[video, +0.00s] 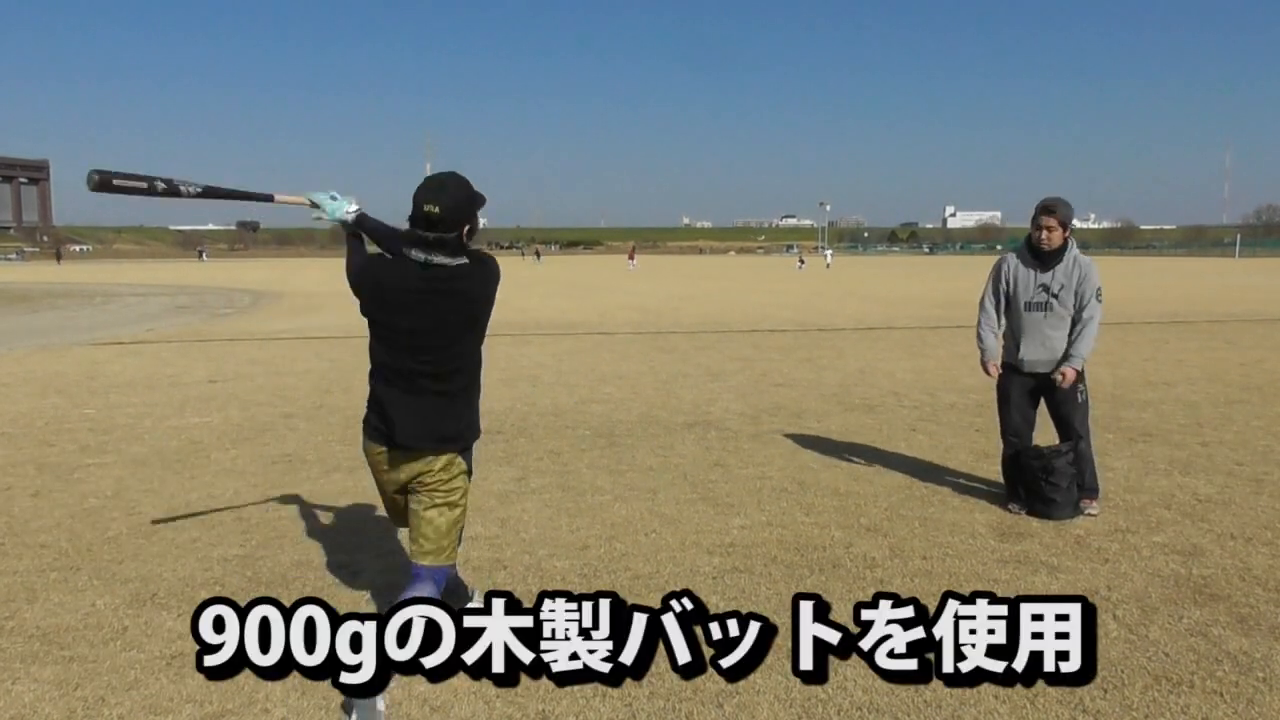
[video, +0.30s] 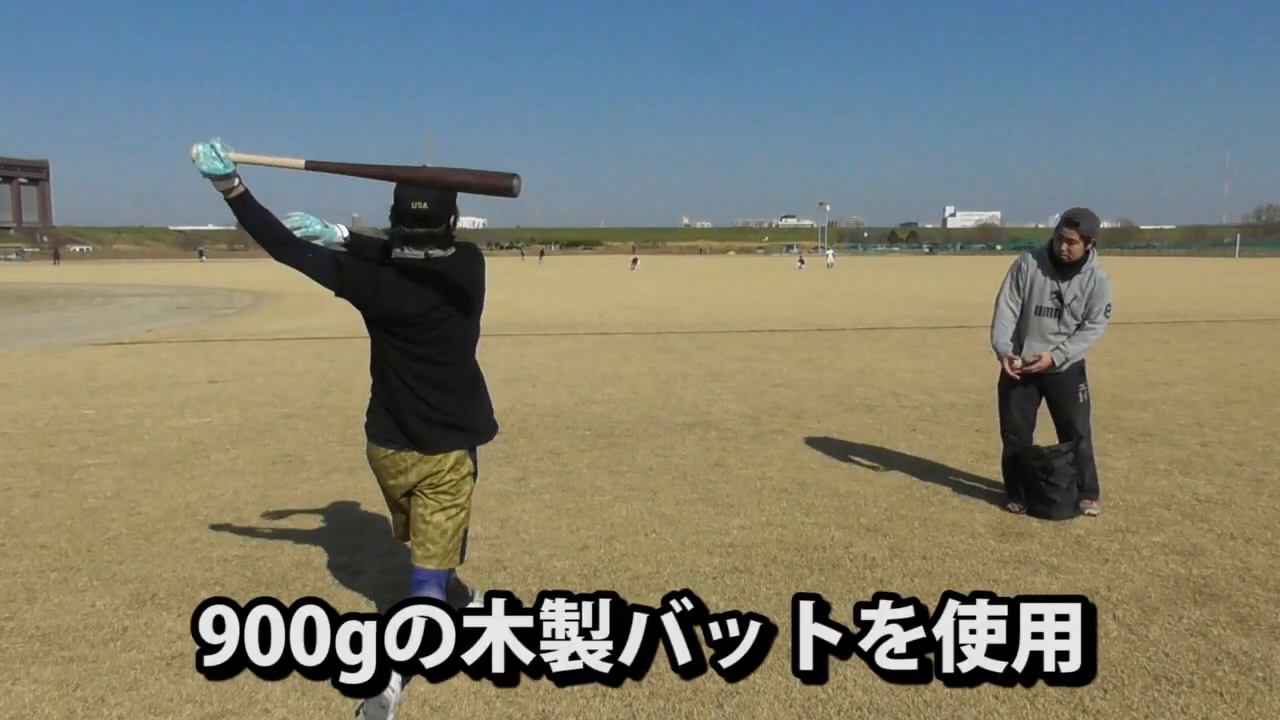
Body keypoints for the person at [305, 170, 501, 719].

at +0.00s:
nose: (476, 223)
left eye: (474, 216)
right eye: (473, 219)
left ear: (415, 220)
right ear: (463, 228)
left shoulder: (377, 272)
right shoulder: (482, 275)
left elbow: (355, 268)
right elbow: (417, 249)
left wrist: (351, 229)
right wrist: (359, 216)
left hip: (383, 437)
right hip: (445, 440)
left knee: (423, 537)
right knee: (428, 573)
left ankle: (464, 605)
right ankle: (369, 684)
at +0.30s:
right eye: (449, 217)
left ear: (397, 226)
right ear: (450, 224)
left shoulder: (373, 279)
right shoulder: (469, 264)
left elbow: (285, 246)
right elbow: (404, 252)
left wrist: (230, 186)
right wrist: (344, 238)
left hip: (388, 443)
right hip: (451, 442)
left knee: (424, 543)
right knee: (429, 574)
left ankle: (466, 606)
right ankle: (388, 689)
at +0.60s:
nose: (451, 217)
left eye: (418, 212)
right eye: (456, 209)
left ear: (405, 216)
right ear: (462, 218)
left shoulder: (380, 267)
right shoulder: (479, 264)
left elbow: (299, 223)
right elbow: (418, 243)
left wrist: (237, 158)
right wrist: (360, 217)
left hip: (388, 437)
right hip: (451, 440)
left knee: (425, 543)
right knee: (427, 573)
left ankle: (469, 612)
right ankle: (388, 688)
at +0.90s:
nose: (465, 213)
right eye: (465, 206)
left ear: (410, 213)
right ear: (466, 216)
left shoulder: (385, 262)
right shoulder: (485, 263)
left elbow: (303, 218)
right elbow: (432, 240)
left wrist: (238, 156)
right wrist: (375, 214)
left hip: (390, 433)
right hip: (452, 437)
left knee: (422, 536)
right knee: (428, 572)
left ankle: (464, 605)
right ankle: (383, 691)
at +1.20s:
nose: (461, 212)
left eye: (420, 208)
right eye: (464, 205)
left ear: (409, 213)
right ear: (465, 215)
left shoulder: (383, 261)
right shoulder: (483, 264)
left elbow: (302, 216)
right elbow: (431, 242)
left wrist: (242, 150)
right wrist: (378, 222)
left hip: (386, 433)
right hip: (449, 438)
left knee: (421, 539)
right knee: (427, 570)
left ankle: (465, 607)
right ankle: (384, 687)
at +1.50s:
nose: (460, 212)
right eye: (463, 205)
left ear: (408, 211)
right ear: (465, 216)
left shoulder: (380, 259)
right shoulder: (482, 264)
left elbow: (301, 215)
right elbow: (434, 248)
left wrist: (245, 148)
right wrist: (379, 231)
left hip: (385, 433)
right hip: (447, 438)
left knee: (420, 537)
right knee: (426, 571)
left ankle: (462, 606)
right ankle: (384, 687)